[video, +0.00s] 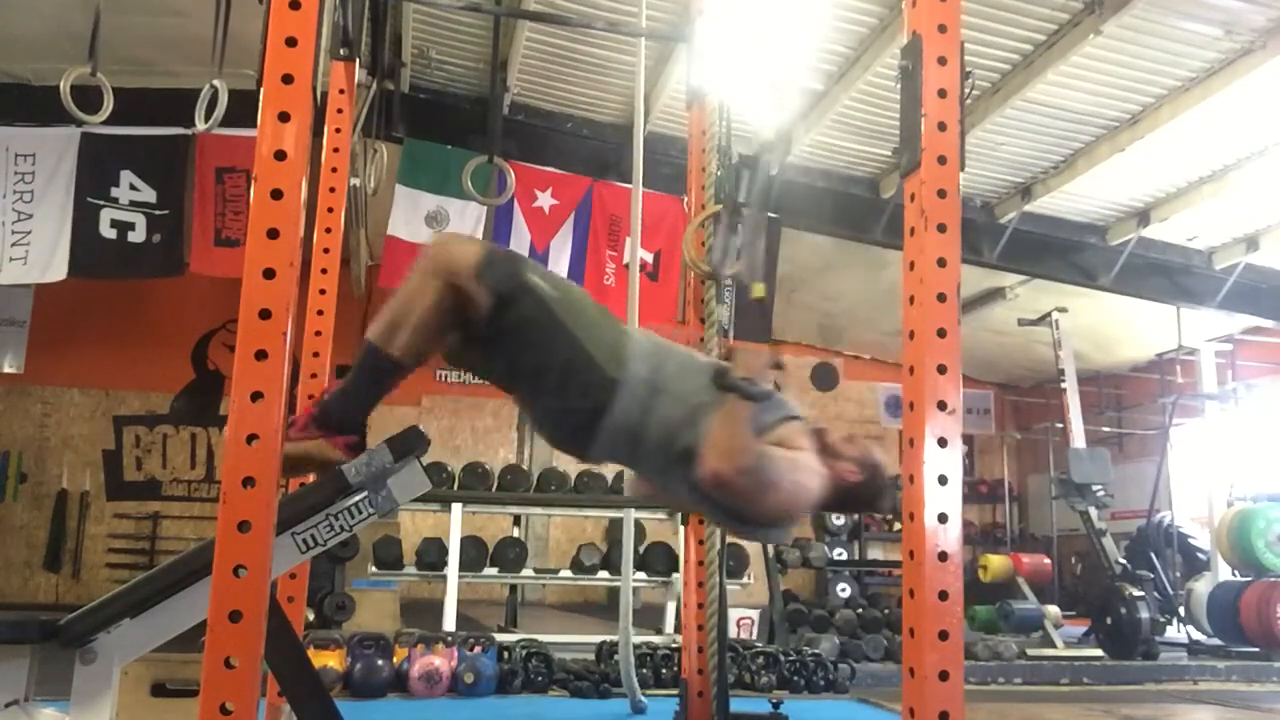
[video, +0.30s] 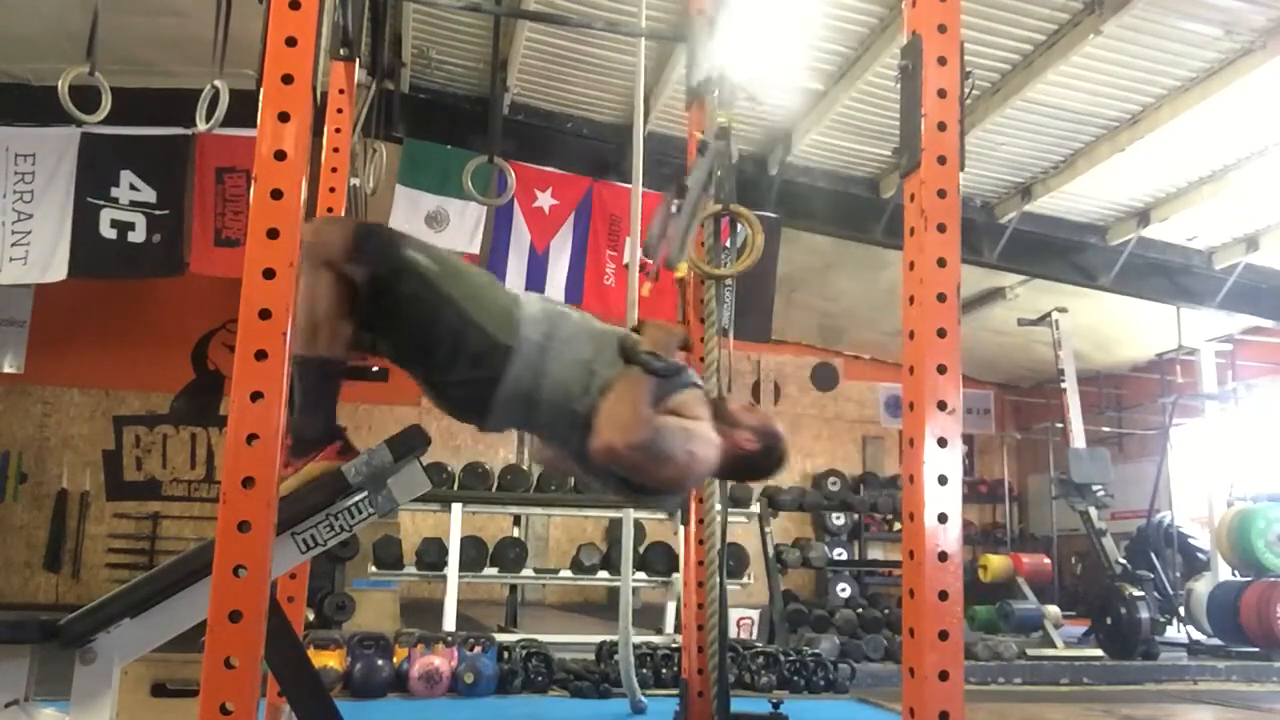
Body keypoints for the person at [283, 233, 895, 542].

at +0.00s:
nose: (855, 443)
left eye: (863, 458)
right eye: (864, 444)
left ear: (851, 479)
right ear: (847, 448)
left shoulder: (801, 481)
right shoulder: (791, 446)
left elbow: (722, 466)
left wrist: (754, 395)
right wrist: (755, 384)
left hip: (610, 390)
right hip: (610, 379)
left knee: (458, 259)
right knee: (450, 296)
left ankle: (342, 412)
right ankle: (339, 413)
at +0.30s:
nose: (748, 401)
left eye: (756, 414)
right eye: (759, 404)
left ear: (745, 442)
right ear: (743, 429)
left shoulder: (699, 449)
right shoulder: (687, 421)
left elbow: (617, 438)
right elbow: (558, 456)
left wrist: (651, 356)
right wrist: (652, 354)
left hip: (505, 351)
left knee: (324, 237)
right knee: (338, 289)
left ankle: (309, 421)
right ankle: (303, 421)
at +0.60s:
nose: (712, 371)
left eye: (723, 384)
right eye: (724, 376)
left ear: (713, 412)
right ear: (711, 413)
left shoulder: (665, 425)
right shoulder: (654, 395)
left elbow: (585, 427)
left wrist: (622, 343)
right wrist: (628, 336)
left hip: (462, 341)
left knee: (310, 249)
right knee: (311, 279)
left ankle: (302, 418)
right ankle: (299, 418)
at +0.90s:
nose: (747, 399)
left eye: (756, 411)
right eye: (758, 401)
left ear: (744, 438)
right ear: (743, 428)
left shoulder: (698, 448)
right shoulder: (689, 414)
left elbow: (616, 433)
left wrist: (648, 352)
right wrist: (655, 345)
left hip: (498, 355)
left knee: (319, 240)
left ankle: (302, 415)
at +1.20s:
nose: (843, 443)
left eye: (852, 458)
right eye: (852, 445)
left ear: (840, 484)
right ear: (835, 447)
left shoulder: (791, 484)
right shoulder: (779, 437)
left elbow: (719, 463)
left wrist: (734, 386)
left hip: (601, 388)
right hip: (603, 359)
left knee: (440, 263)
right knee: (436, 283)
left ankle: (321, 428)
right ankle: (324, 420)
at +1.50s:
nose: (927, 486)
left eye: (933, 502)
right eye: (939, 493)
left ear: (926, 534)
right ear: (934, 511)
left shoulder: (887, 535)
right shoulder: (879, 482)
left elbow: (831, 478)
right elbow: (847, 435)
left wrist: (833, 392)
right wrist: (851, 386)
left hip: (703, 434)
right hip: (702, 400)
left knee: (546, 315)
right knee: (537, 320)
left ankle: (368, 410)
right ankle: (378, 405)